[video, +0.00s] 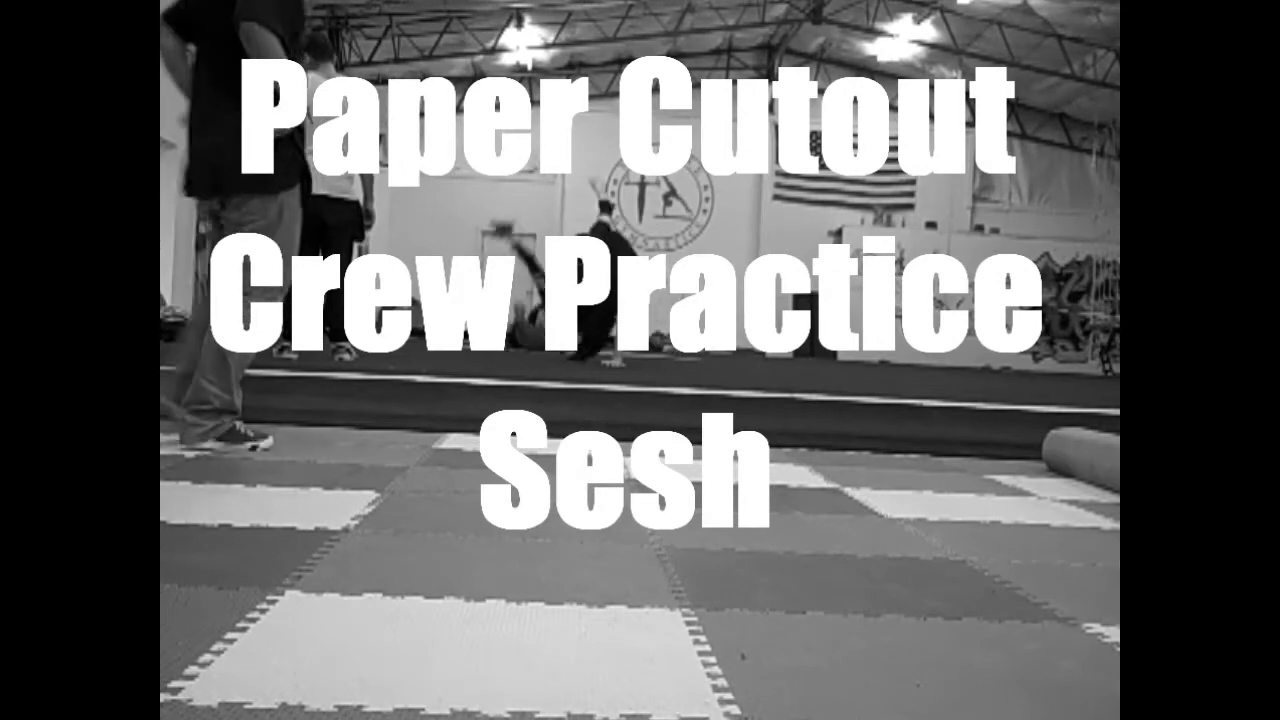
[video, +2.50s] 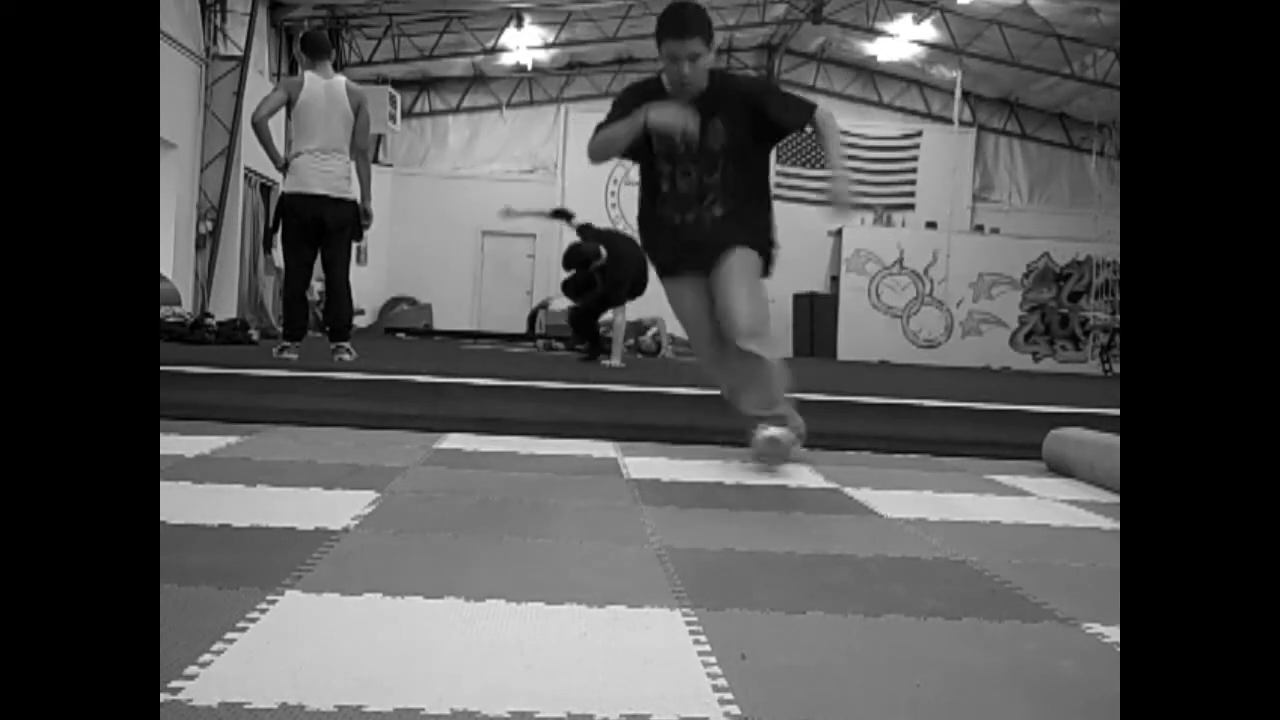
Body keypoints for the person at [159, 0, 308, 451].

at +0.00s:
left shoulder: (214, 1)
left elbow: (169, 33)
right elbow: (255, 28)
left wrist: (201, 97)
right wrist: (293, 93)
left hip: (215, 148)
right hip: (261, 150)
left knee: (217, 288)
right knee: (249, 292)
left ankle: (184, 403)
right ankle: (211, 419)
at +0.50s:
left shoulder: (372, 20)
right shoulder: (360, 7)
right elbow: (300, 42)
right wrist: (334, 108)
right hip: (349, 177)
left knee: (350, 290)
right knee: (388, 284)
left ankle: (328, 407)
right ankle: (288, 366)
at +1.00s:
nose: (511, 21)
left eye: (513, 17)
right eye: (508, 14)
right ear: (489, 9)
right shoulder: (467, 39)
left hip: (422, 200)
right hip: (468, 199)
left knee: (405, 308)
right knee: (484, 310)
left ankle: (345, 384)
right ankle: (474, 420)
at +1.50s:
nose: (621, 27)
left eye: (622, 16)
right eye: (619, 15)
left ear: (579, 8)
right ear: (597, 9)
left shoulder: (545, 47)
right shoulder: (574, 43)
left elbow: (488, 105)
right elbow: (539, 88)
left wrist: (517, 159)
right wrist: (549, 164)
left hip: (534, 194)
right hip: (550, 196)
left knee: (569, 316)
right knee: (538, 313)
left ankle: (563, 416)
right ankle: (477, 413)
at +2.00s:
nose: (682, 43)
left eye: (689, 34)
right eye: (676, 32)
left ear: (693, 32)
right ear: (649, 20)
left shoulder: (688, 79)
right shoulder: (609, 62)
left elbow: (721, 134)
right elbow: (547, 110)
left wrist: (750, 180)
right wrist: (574, 166)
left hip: (649, 211)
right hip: (611, 207)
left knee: (629, 318)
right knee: (660, 315)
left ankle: (571, 408)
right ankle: (684, 425)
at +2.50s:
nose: (683, 71)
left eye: (693, 59)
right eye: (673, 60)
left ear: (711, 52)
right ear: (660, 54)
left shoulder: (744, 94)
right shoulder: (641, 99)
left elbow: (820, 117)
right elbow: (597, 150)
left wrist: (839, 177)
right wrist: (644, 117)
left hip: (735, 233)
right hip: (671, 241)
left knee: (743, 328)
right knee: (713, 358)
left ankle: (773, 420)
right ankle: (777, 418)